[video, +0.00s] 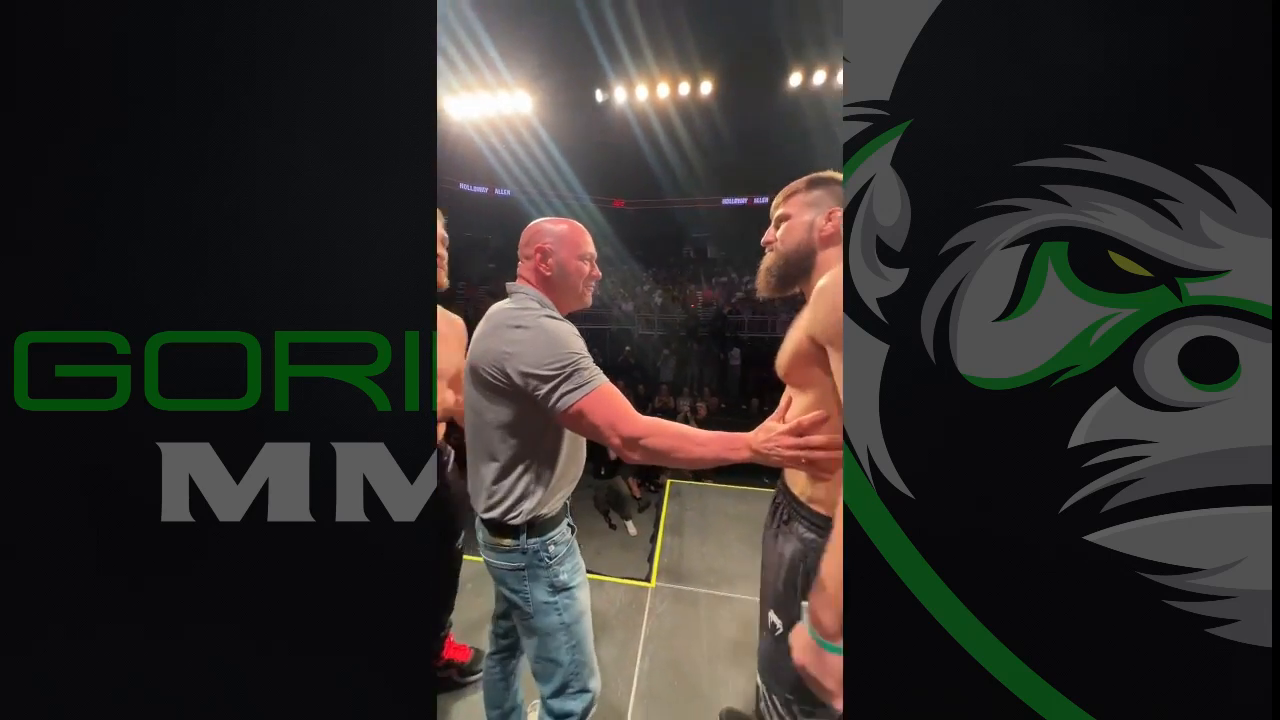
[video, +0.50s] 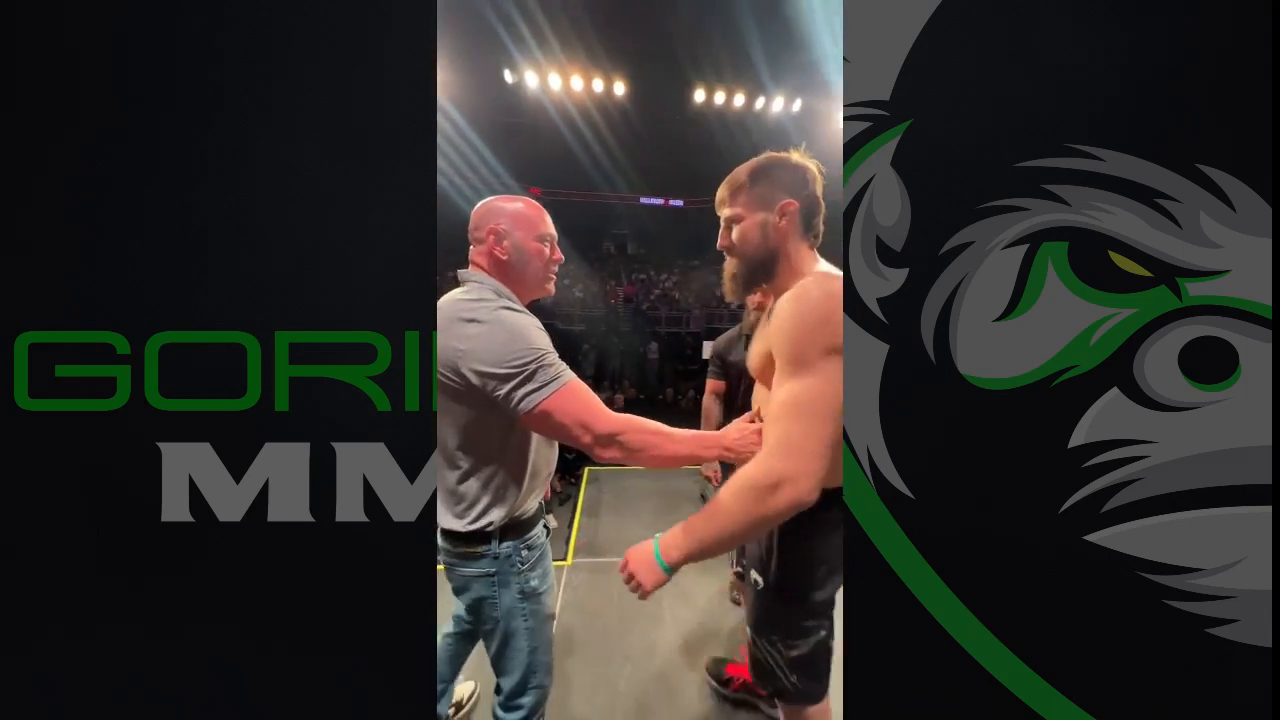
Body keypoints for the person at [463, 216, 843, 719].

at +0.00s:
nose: (596, 272)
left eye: (595, 261)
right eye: (585, 260)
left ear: (539, 262)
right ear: (542, 260)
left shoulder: (507, 318)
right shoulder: (539, 333)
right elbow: (631, 437)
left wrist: (625, 438)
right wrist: (752, 445)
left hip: (505, 529)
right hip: (534, 539)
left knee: (504, 649)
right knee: (572, 692)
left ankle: (503, 712)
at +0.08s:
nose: (590, 270)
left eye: (588, 259)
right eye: (578, 258)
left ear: (530, 262)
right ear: (532, 259)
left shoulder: (502, 318)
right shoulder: (530, 331)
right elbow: (626, 436)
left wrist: (610, 438)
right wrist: (746, 447)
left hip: (498, 527)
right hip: (525, 537)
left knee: (496, 646)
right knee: (560, 692)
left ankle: (492, 713)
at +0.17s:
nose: (583, 269)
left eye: (581, 258)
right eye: (572, 257)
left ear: (524, 260)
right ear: (525, 258)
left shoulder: (498, 318)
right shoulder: (523, 331)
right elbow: (620, 435)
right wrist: (741, 452)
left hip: (493, 528)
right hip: (517, 539)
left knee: (489, 645)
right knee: (551, 693)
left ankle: (480, 713)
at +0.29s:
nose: (569, 266)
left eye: (567, 254)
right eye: (557, 254)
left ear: (510, 257)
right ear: (510, 256)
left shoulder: (485, 316)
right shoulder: (510, 332)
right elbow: (609, 435)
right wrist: (736, 452)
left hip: (482, 529)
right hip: (507, 540)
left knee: (474, 640)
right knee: (540, 691)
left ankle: (457, 713)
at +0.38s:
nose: (563, 262)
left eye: (561, 250)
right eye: (550, 250)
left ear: (500, 254)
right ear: (502, 253)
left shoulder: (468, 315)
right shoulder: (504, 331)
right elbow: (603, 434)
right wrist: (725, 449)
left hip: (474, 528)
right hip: (504, 541)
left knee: (467, 632)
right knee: (534, 692)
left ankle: (446, 708)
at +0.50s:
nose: (558, 255)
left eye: (555, 241)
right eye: (544, 242)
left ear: (494, 249)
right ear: (495, 246)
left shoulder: (458, 309)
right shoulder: (497, 327)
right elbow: (601, 434)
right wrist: (718, 444)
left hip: (468, 529)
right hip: (502, 544)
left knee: (467, 622)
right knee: (523, 692)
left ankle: (433, 696)